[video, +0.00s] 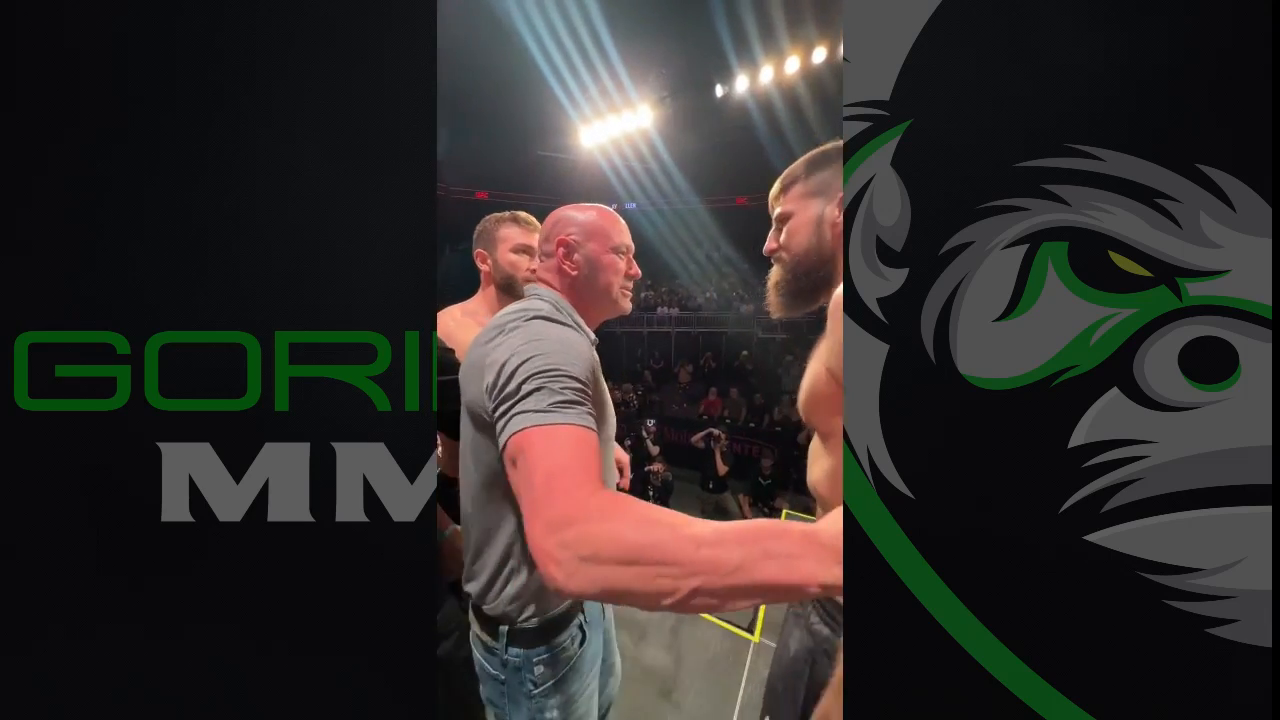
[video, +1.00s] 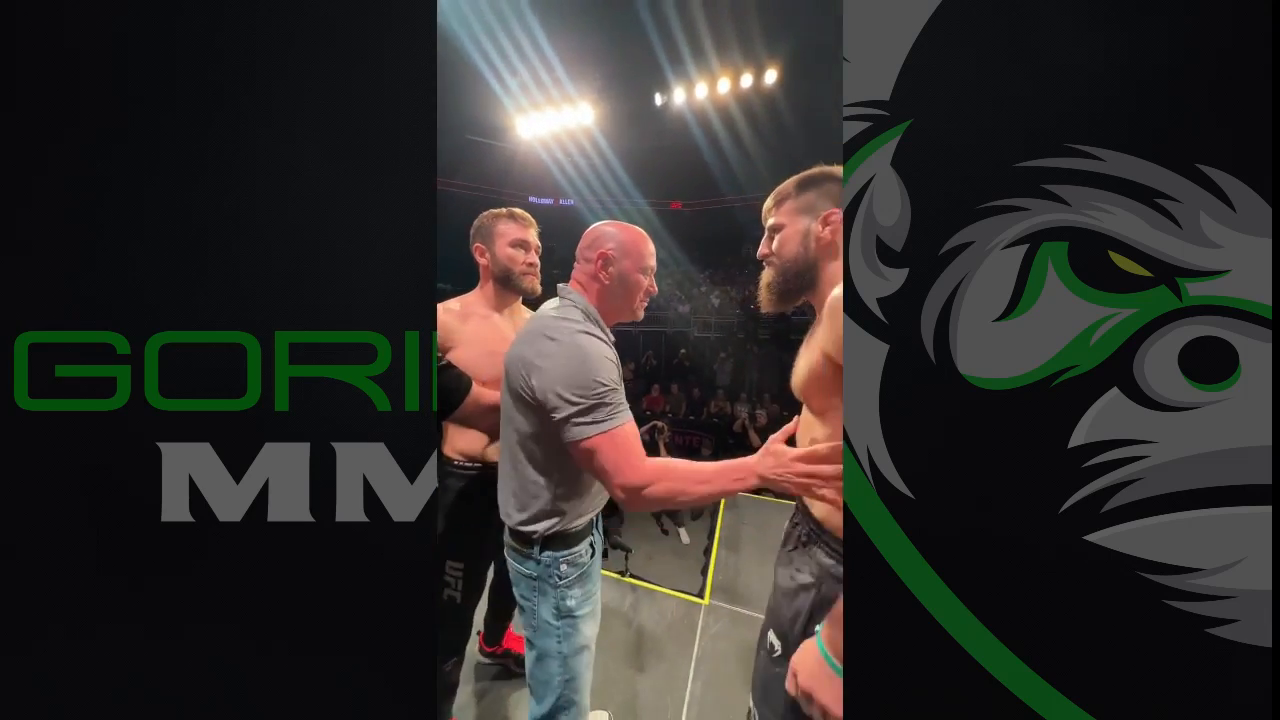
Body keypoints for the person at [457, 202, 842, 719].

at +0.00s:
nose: (637, 269)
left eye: (633, 256)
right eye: (621, 253)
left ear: (567, 256)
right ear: (567, 254)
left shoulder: (551, 331)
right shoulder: (538, 341)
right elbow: (574, 541)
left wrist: (598, 449)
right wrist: (823, 553)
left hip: (579, 616)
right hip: (536, 649)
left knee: (600, 703)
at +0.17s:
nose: (642, 271)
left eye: (639, 257)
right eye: (629, 255)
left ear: (578, 261)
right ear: (576, 256)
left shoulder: (562, 332)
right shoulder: (536, 339)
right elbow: (605, 538)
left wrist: (601, 438)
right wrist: (846, 541)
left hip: (576, 595)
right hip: (529, 632)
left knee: (603, 677)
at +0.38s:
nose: (646, 269)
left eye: (642, 255)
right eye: (632, 253)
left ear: (583, 259)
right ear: (581, 255)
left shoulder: (565, 331)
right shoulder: (545, 338)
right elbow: (629, 515)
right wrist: (846, 543)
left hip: (579, 577)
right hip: (548, 604)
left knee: (575, 700)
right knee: (559, 712)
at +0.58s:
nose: (656, 276)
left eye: (654, 261)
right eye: (645, 259)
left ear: (597, 260)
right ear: (598, 257)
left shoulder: (561, 323)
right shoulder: (569, 337)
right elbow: (648, 497)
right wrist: (841, 543)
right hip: (565, 579)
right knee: (572, 709)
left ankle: (530, 627)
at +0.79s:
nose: (665, 285)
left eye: (664, 271)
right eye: (655, 269)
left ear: (607, 265)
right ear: (610, 262)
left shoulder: (572, 327)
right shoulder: (577, 341)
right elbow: (633, 501)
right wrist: (816, 509)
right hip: (559, 563)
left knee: (565, 666)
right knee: (565, 703)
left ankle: (574, 708)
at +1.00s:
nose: (654, 288)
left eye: (653, 275)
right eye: (646, 273)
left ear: (599, 268)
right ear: (602, 266)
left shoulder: (560, 325)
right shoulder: (573, 347)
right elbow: (634, 484)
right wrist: (756, 468)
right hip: (553, 550)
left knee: (558, 678)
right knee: (559, 703)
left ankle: (567, 708)